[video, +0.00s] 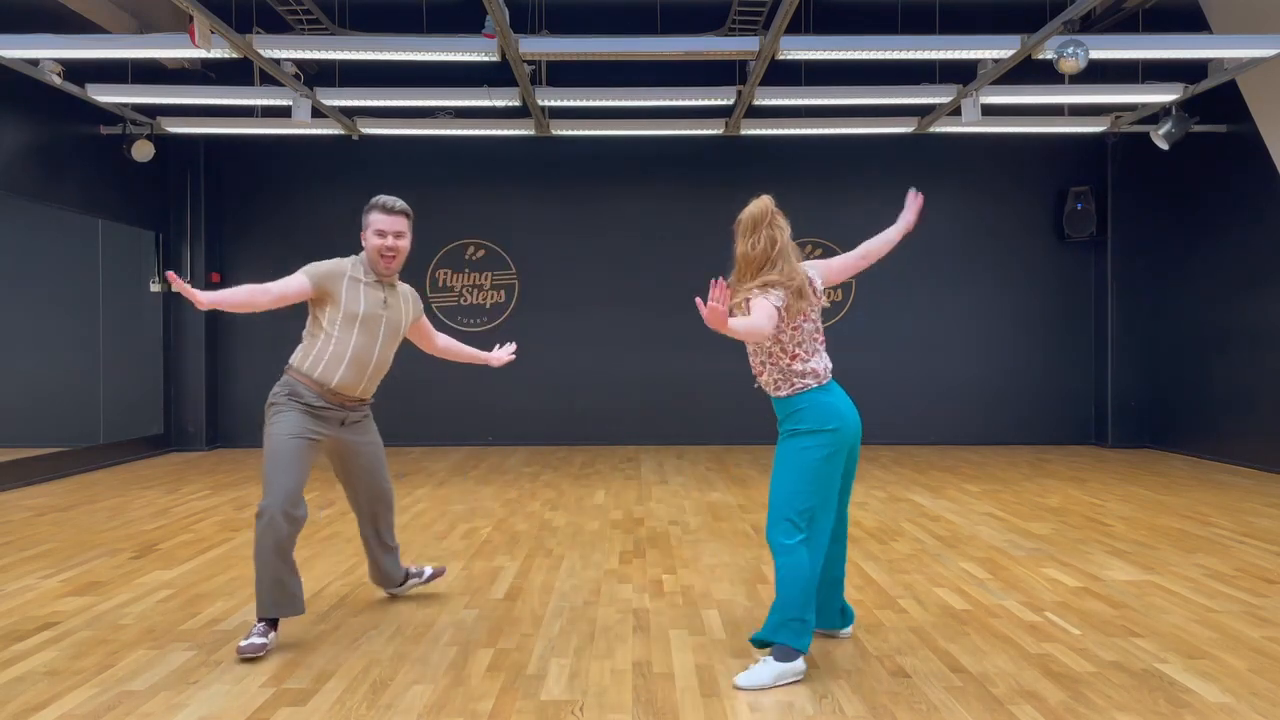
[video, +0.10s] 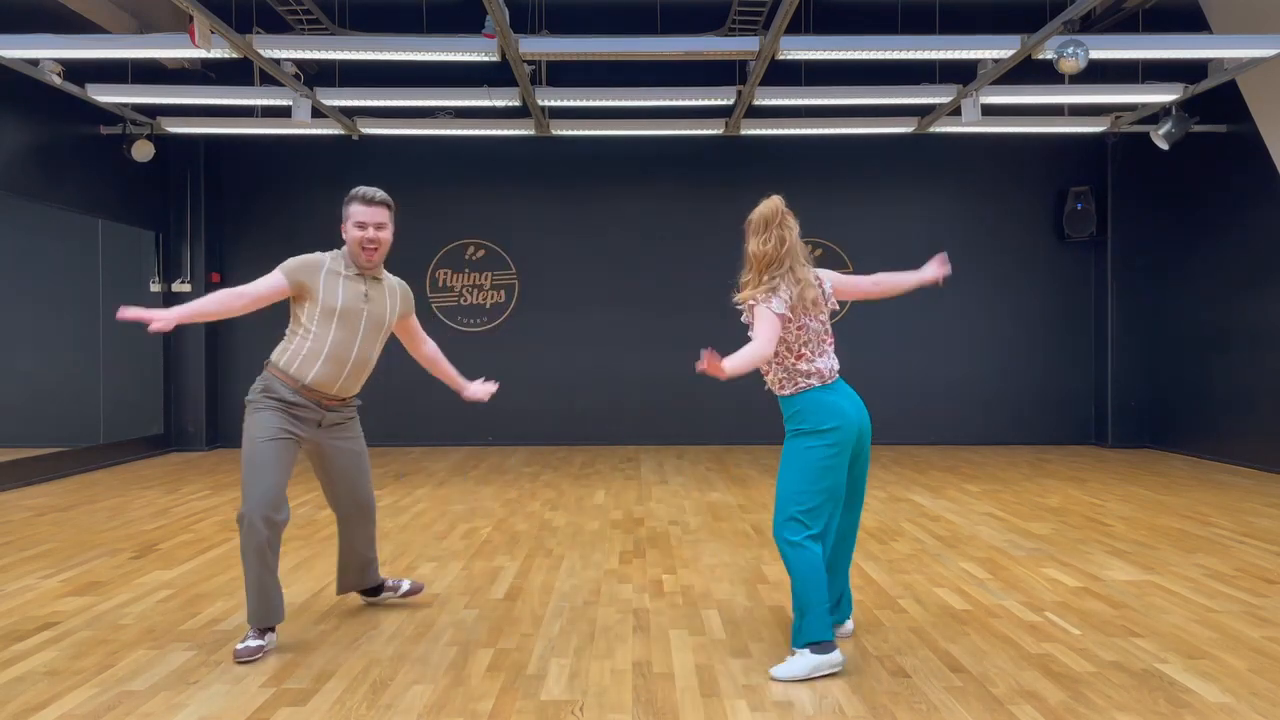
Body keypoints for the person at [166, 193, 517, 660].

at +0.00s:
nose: (390, 244)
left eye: (399, 235)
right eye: (381, 234)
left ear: (410, 241)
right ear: (363, 236)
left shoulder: (407, 300)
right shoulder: (332, 275)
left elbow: (434, 342)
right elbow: (267, 294)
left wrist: (487, 356)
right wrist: (205, 298)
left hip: (355, 414)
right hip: (299, 402)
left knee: (378, 497)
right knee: (279, 504)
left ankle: (391, 576)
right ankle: (267, 618)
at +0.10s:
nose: (371, 235)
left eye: (380, 226)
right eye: (361, 225)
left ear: (392, 233)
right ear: (344, 229)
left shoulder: (396, 295)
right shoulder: (311, 270)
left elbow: (421, 345)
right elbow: (241, 298)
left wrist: (462, 386)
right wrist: (174, 313)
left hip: (339, 413)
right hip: (279, 401)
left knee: (359, 504)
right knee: (260, 510)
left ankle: (367, 582)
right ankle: (262, 627)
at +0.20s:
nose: (351, 229)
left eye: (361, 220)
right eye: (342, 219)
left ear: (374, 225)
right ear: (325, 222)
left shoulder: (389, 294)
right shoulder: (292, 269)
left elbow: (401, 363)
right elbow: (235, 320)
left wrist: (417, 426)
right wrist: (173, 368)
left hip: (329, 412)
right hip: (266, 399)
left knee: (344, 512)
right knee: (254, 512)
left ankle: (337, 591)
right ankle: (256, 627)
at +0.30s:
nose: (339, 224)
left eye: (348, 215)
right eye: (328, 214)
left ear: (360, 219)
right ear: (309, 217)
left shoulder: (380, 292)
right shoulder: (275, 273)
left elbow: (377, 365)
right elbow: (265, 340)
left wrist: (366, 428)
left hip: (324, 414)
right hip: (259, 401)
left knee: (322, 526)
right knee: (246, 512)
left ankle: (304, 588)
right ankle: (256, 625)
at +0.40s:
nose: (333, 224)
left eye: (340, 215)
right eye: (321, 214)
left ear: (350, 218)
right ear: (296, 216)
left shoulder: (372, 275)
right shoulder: (268, 273)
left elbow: (376, 336)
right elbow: (294, 330)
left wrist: (325, 330)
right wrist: (353, 323)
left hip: (325, 410)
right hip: (262, 399)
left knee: (304, 496)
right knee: (237, 517)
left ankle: (286, 555)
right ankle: (255, 627)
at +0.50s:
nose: (329, 219)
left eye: (337, 211)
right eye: (318, 209)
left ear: (345, 214)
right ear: (290, 212)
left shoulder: (368, 261)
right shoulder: (262, 265)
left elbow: (378, 309)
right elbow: (309, 299)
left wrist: (317, 261)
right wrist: (365, 253)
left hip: (345, 395)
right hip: (279, 395)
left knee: (312, 445)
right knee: (252, 505)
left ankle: (290, 527)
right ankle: (270, 612)